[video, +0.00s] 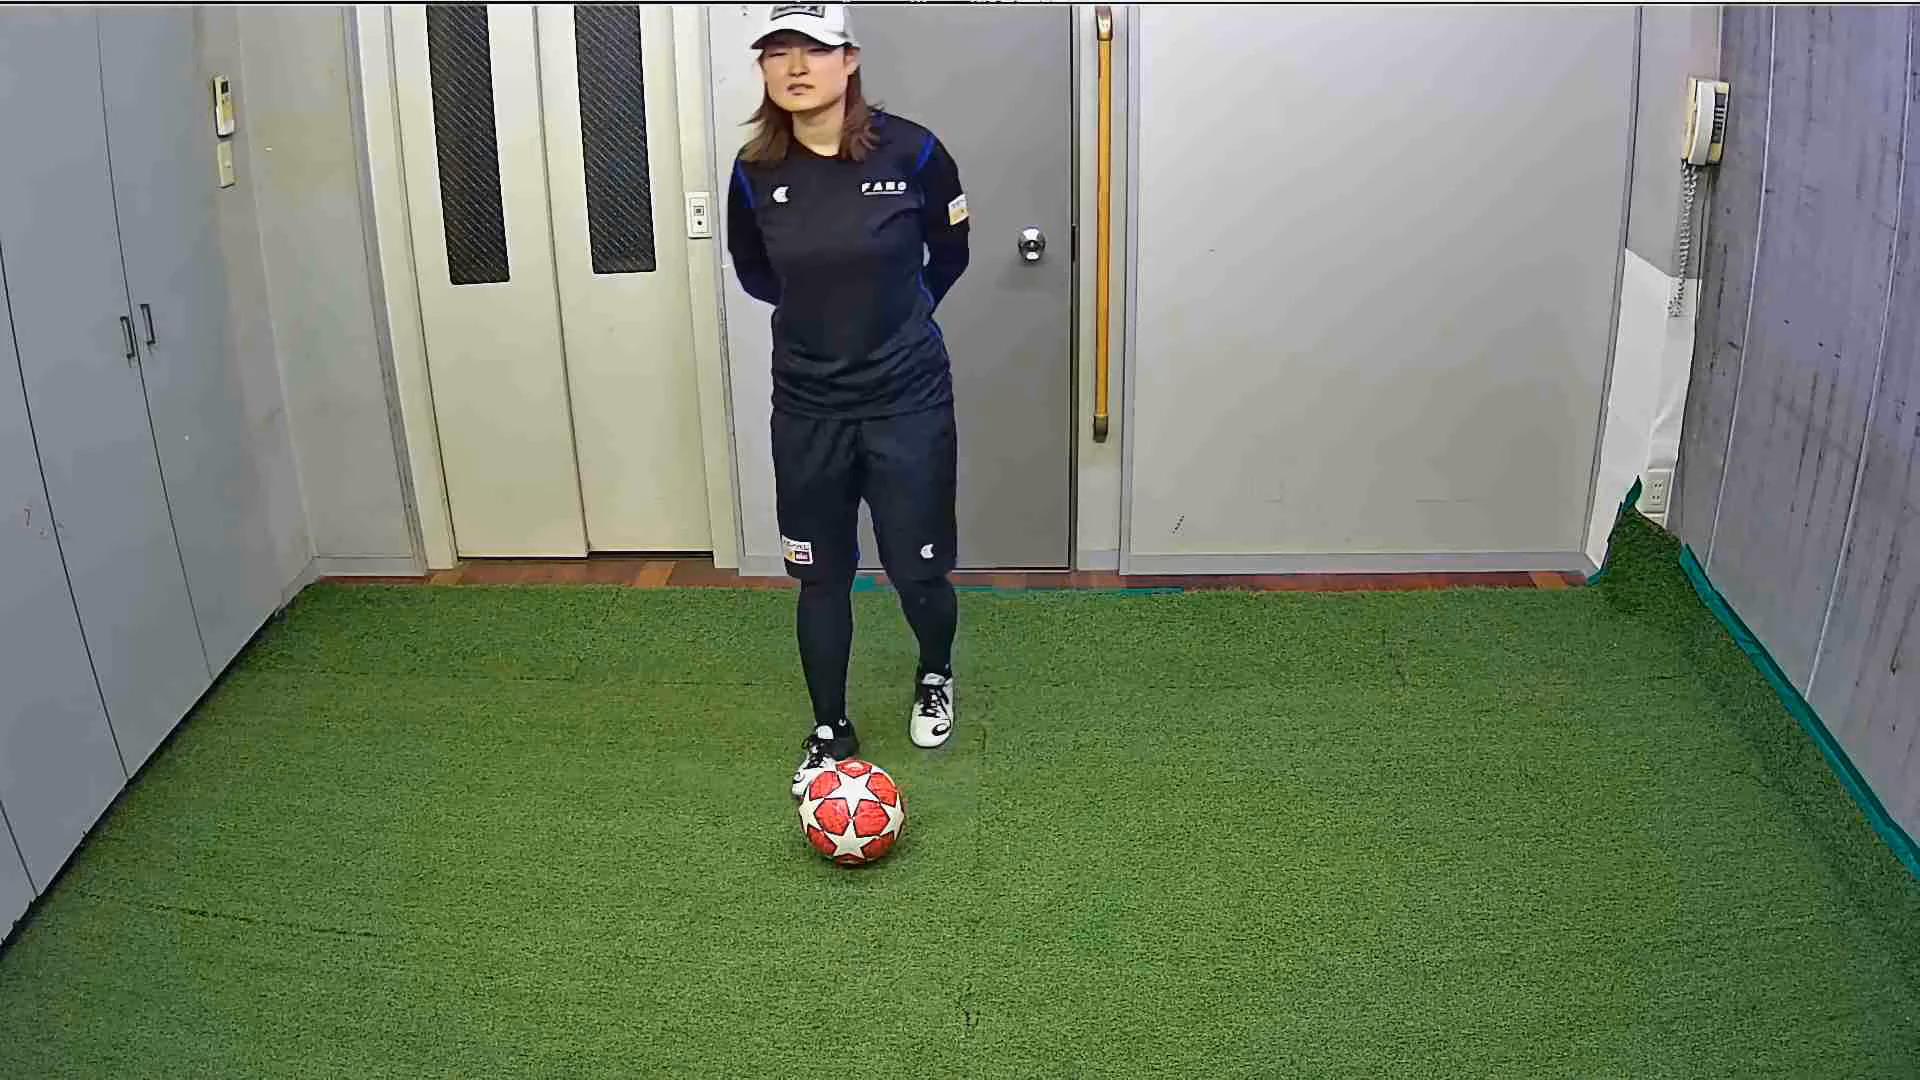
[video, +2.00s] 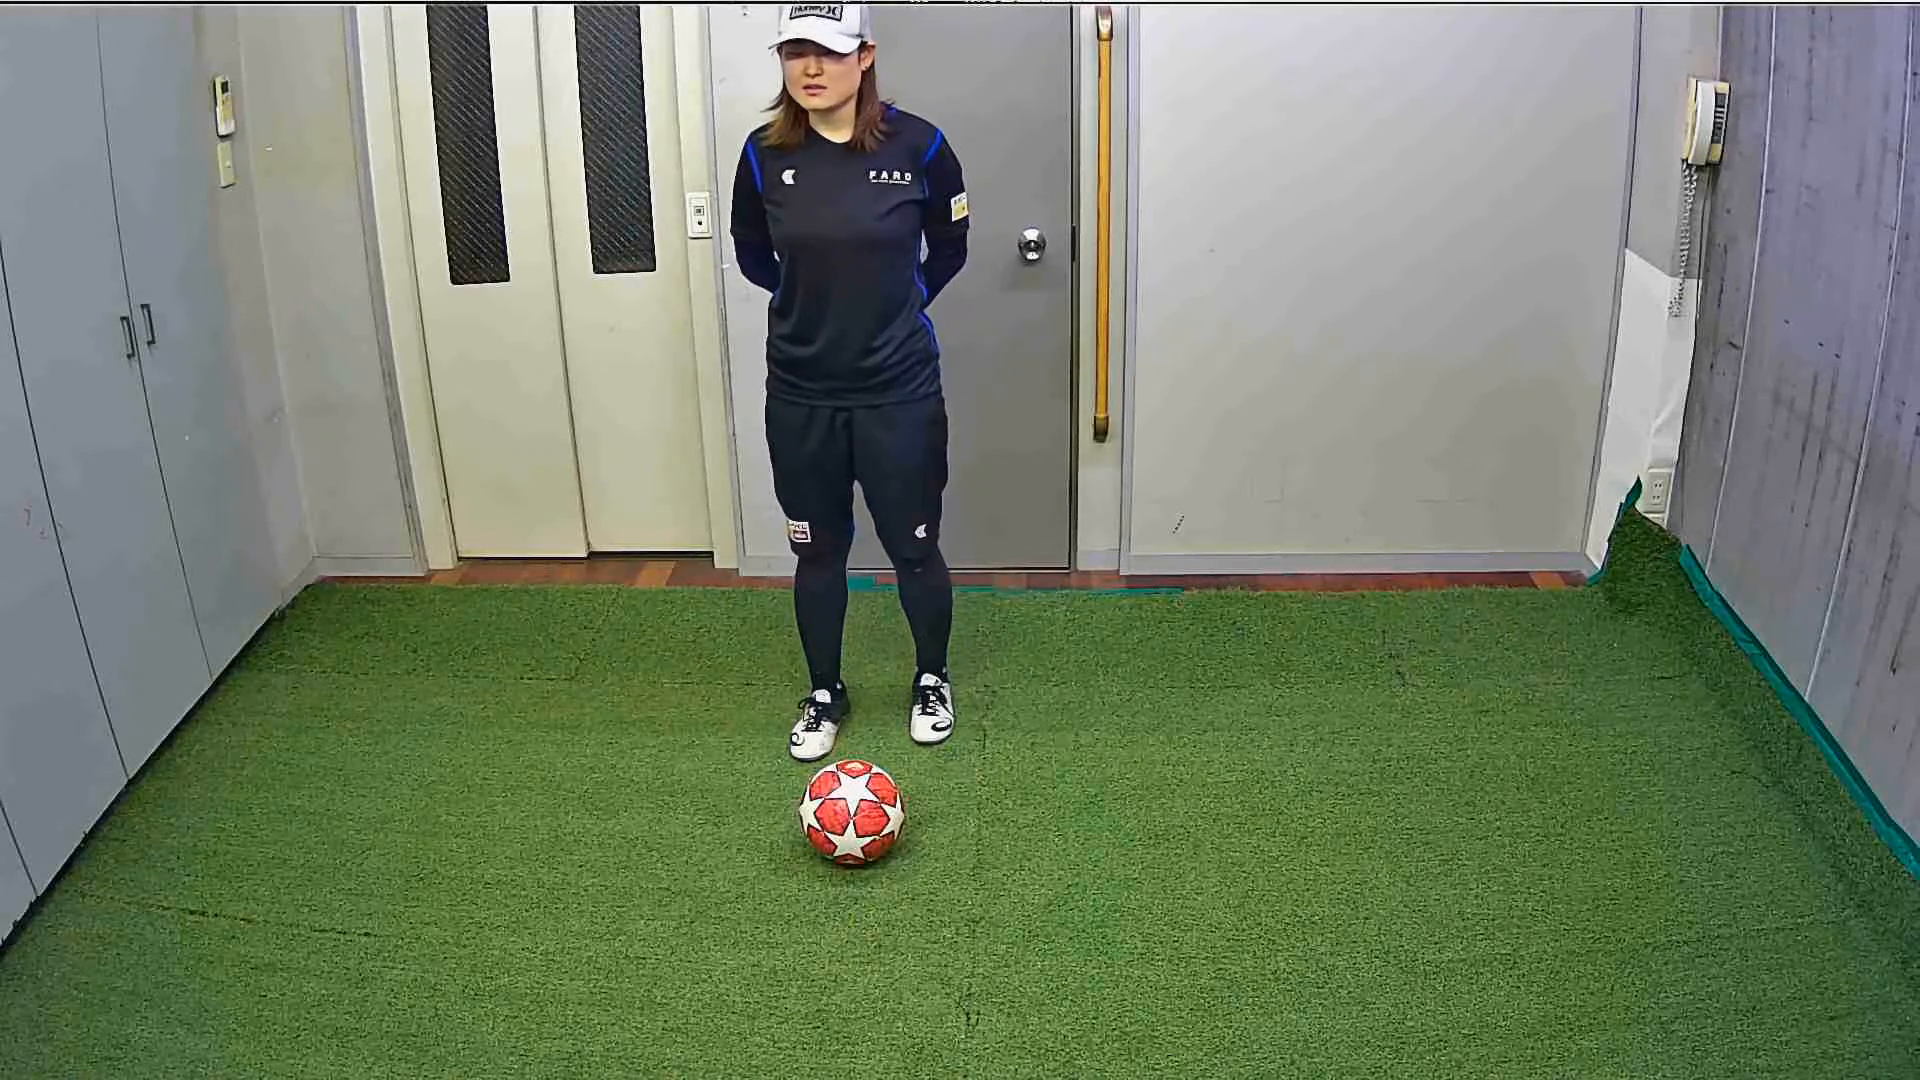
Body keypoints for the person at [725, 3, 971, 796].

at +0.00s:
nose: (793, 66)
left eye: (812, 50)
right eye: (778, 54)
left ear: (849, 62)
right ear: (765, 71)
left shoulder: (914, 151)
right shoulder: (754, 170)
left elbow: (953, 252)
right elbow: (752, 273)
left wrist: (895, 313)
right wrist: (822, 306)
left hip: (906, 397)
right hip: (806, 403)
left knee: (920, 573)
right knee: (816, 571)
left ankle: (933, 675)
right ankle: (830, 730)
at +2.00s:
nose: (810, 69)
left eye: (827, 53)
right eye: (797, 54)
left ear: (865, 59)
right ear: (782, 65)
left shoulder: (919, 146)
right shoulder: (763, 156)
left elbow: (951, 249)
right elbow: (751, 255)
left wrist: (893, 303)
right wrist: (813, 291)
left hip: (898, 388)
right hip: (801, 390)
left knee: (915, 547)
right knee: (813, 549)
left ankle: (931, 682)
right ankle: (824, 695)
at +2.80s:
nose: (811, 62)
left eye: (828, 48)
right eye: (798, 49)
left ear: (864, 57)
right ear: (782, 63)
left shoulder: (919, 145)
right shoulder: (763, 154)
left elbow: (951, 247)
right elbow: (751, 253)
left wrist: (896, 301)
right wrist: (810, 290)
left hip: (899, 386)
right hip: (801, 388)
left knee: (916, 548)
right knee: (814, 549)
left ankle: (931, 682)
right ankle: (825, 695)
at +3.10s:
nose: (809, 64)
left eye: (826, 48)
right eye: (796, 50)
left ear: (863, 55)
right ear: (781, 63)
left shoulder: (918, 144)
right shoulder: (762, 155)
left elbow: (950, 248)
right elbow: (750, 253)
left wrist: (894, 301)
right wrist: (810, 291)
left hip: (899, 385)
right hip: (801, 387)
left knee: (916, 547)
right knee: (815, 547)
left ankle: (931, 681)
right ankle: (825, 694)